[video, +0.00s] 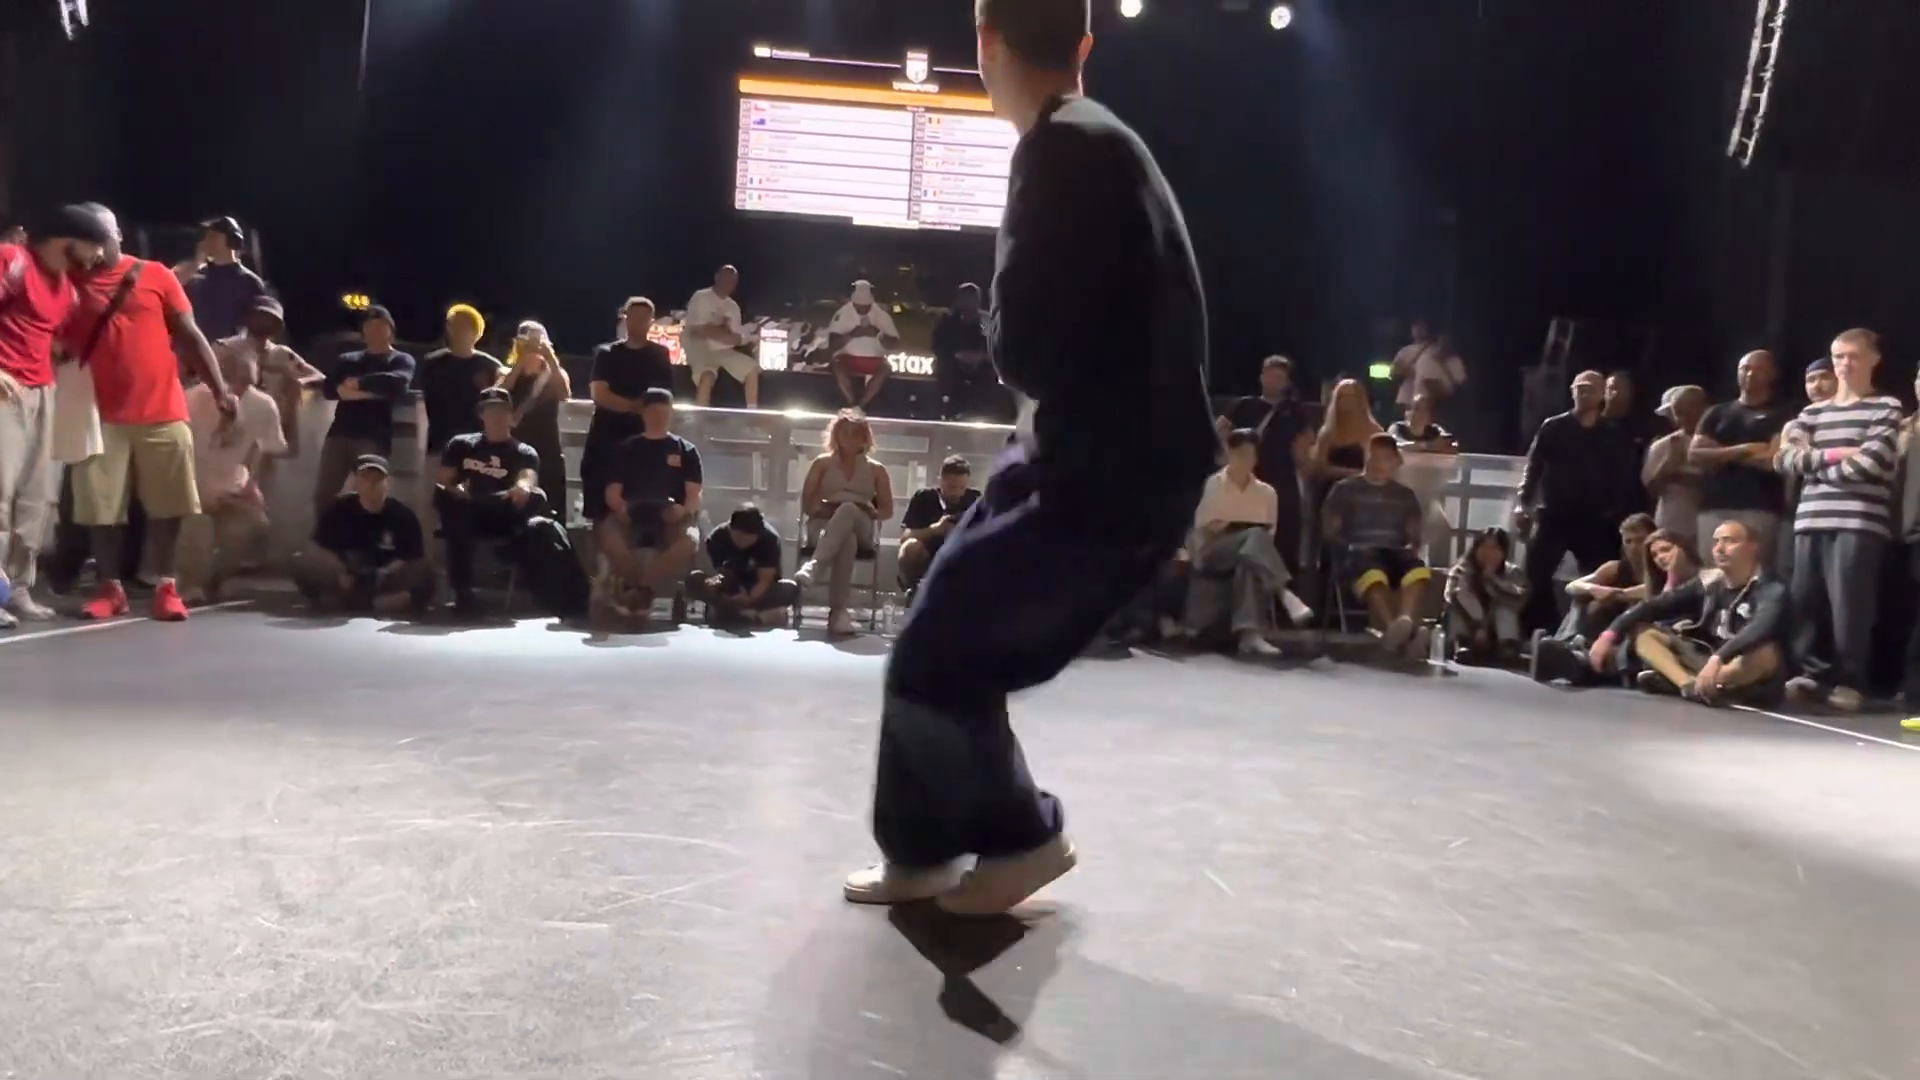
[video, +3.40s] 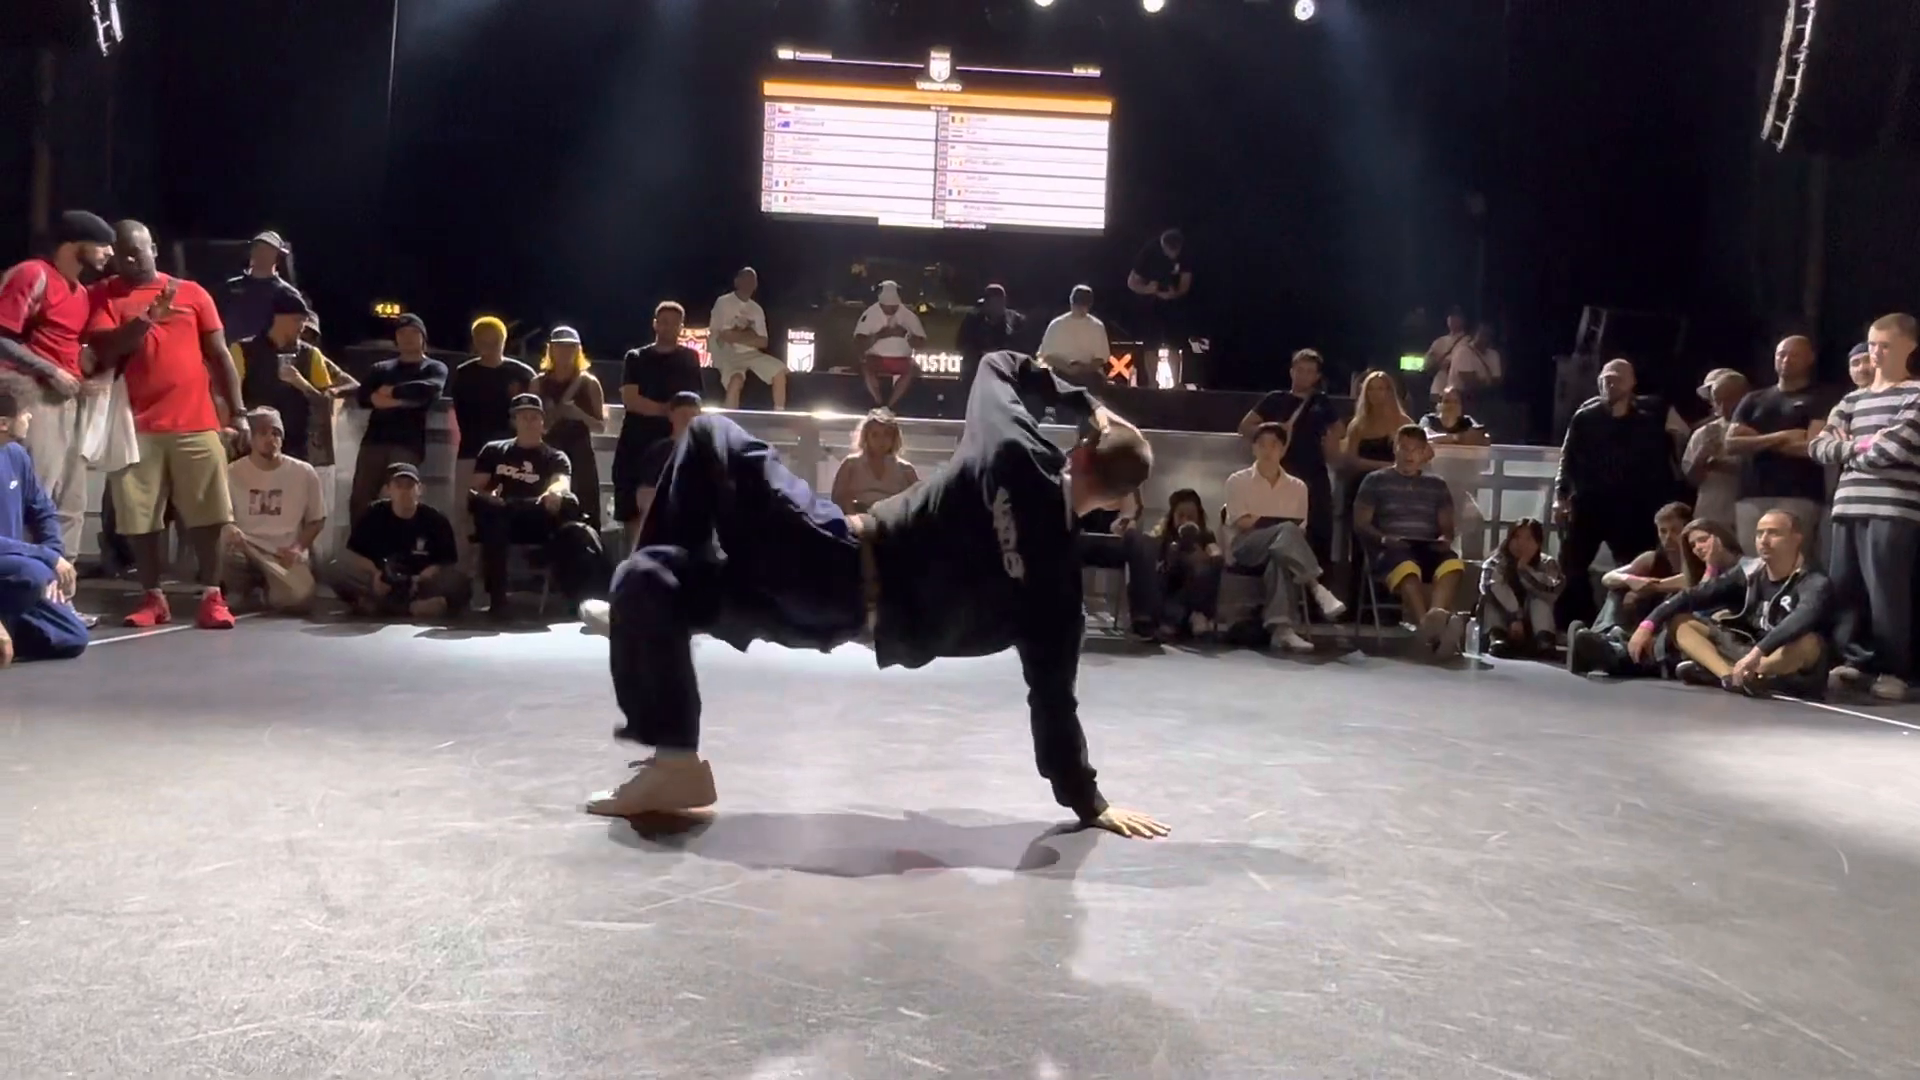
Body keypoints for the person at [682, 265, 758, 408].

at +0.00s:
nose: (729, 284)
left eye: (733, 281)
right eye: (726, 279)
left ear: (736, 283)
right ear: (717, 278)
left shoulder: (733, 307)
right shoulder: (700, 297)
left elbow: (737, 338)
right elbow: (693, 330)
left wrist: (711, 332)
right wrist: (720, 329)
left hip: (723, 350)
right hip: (701, 349)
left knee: (752, 370)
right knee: (708, 376)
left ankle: (752, 415)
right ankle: (699, 418)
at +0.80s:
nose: (724, 297)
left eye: (727, 294)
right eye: (720, 293)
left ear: (730, 298)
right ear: (711, 295)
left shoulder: (730, 321)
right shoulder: (698, 315)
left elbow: (737, 353)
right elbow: (700, 347)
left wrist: (713, 346)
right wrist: (727, 349)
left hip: (725, 366)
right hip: (703, 365)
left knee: (754, 386)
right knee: (709, 394)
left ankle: (754, 427)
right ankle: (703, 434)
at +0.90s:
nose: (726, 304)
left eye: (728, 299)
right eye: (722, 300)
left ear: (729, 300)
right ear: (714, 300)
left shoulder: (730, 315)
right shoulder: (699, 315)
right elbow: (698, 345)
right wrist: (714, 355)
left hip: (724, 361)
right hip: (700, 360)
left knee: (752, 389)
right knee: (710, 393)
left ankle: (755, 431)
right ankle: (702, 434)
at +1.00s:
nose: (724, 298)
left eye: (727, 295)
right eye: (720, 294)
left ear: (730, 299)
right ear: (711, 296)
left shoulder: (730, 323)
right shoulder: (698, 316)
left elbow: (737, 349)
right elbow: (698, 347)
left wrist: (755, 344)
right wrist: (728, 352)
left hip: (726, 366)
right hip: (702, 365)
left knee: (752, 383)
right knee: (710, 393)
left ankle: (756, 431)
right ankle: (703, 434)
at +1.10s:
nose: (725, 298)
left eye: (727, 295)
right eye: (721, 293)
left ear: (730, 300)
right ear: (711, 296)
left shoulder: (731, 323)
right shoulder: (698, 316)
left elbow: (737, 356)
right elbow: (699, 348)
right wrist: (725, 347)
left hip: (725, 367)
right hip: (702, 366)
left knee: (754, 386)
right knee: (710, 394)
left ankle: (756, 432)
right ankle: (704, 437)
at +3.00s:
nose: (744, 287)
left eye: (747, 284)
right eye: (740, 283)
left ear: (751, 288)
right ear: (732, 284)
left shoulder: (752, 312)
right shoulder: (718, 305)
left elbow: (758, 345)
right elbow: (718, 338)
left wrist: (730, 338)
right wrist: (745, 336)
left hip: (746, 356)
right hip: (723, 355)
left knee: (775, 374)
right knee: (732, 383)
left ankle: (776, 419)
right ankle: (725, 425)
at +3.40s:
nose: (749, 284)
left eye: (752, 280)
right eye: (745, 279)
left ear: (756, 285)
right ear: (737, 282)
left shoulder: (757, 309)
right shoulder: (723, 302)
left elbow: (763, 342)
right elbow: (720, 335)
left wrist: (735, 337)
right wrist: (749, 333)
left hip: (751, 353)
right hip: (728, 353)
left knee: (779, 372)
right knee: (736, 380)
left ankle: (779, 417)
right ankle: (729, 422)